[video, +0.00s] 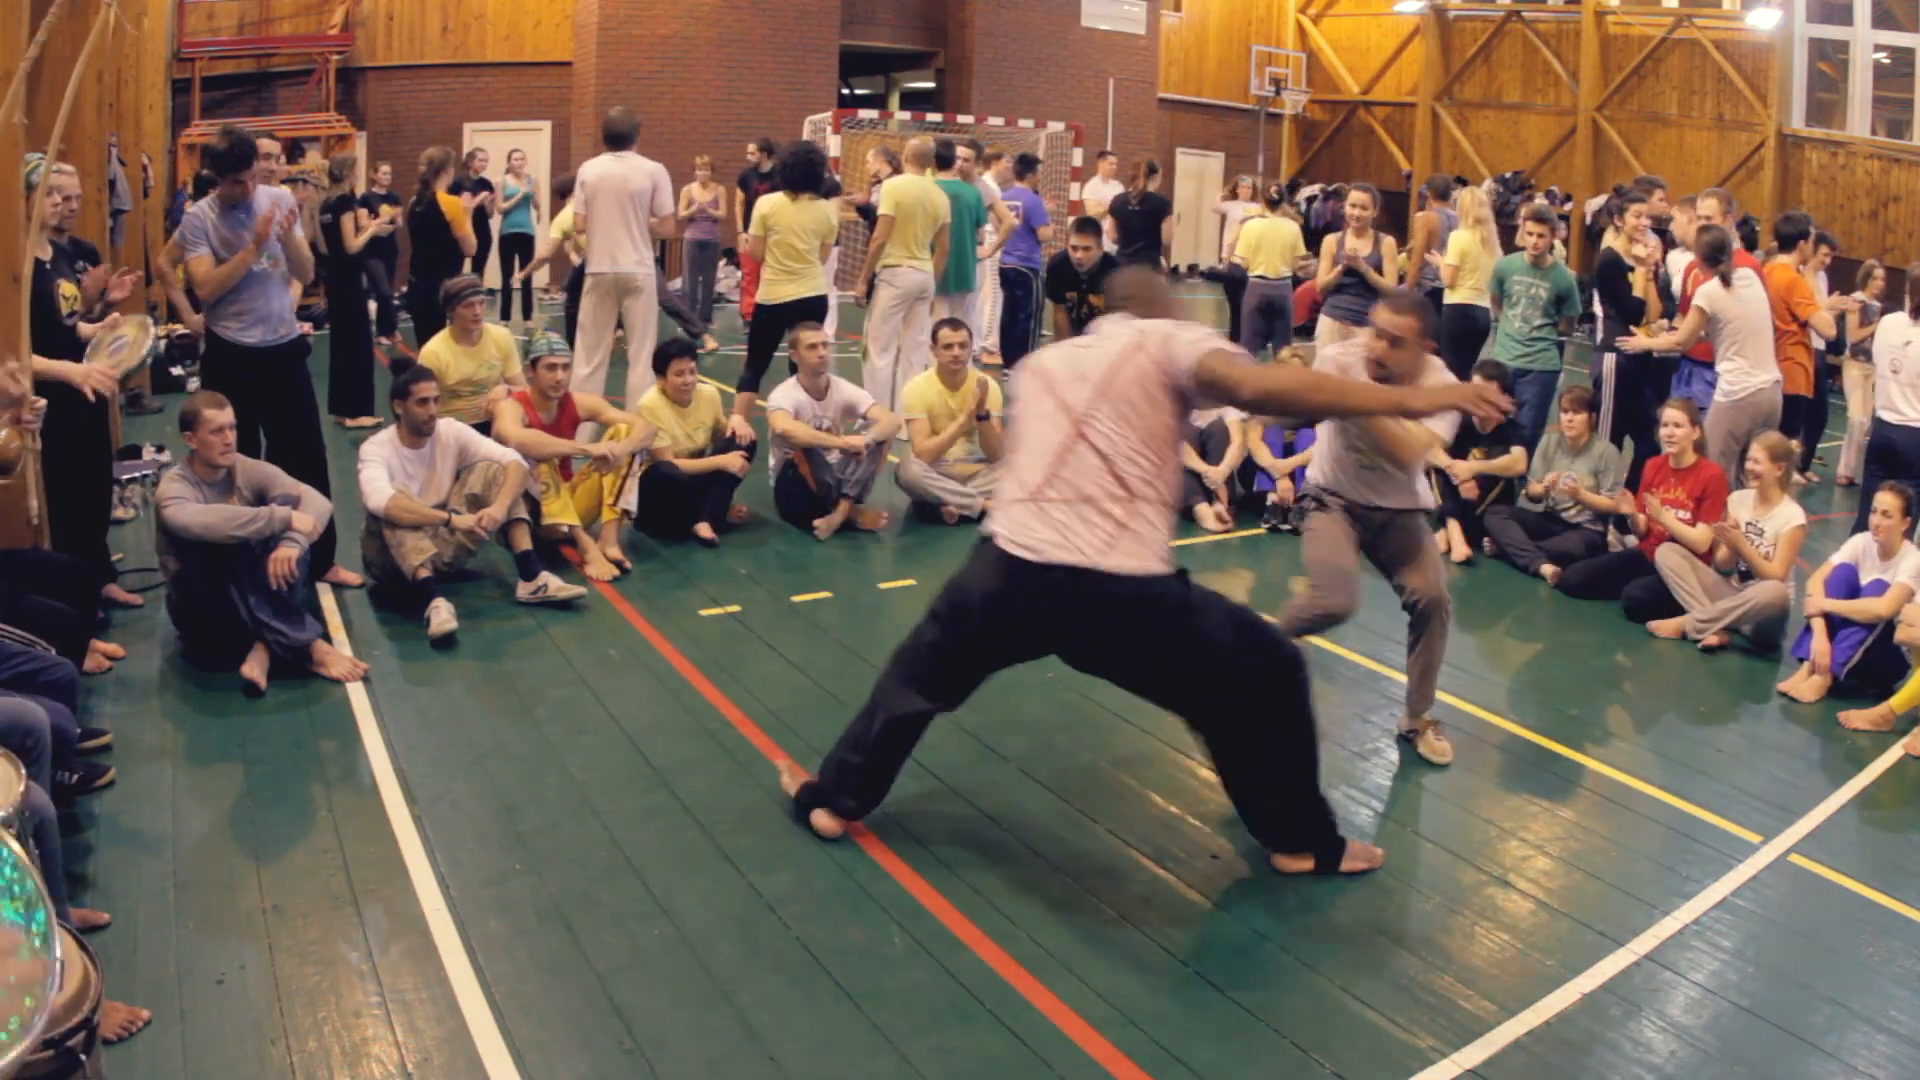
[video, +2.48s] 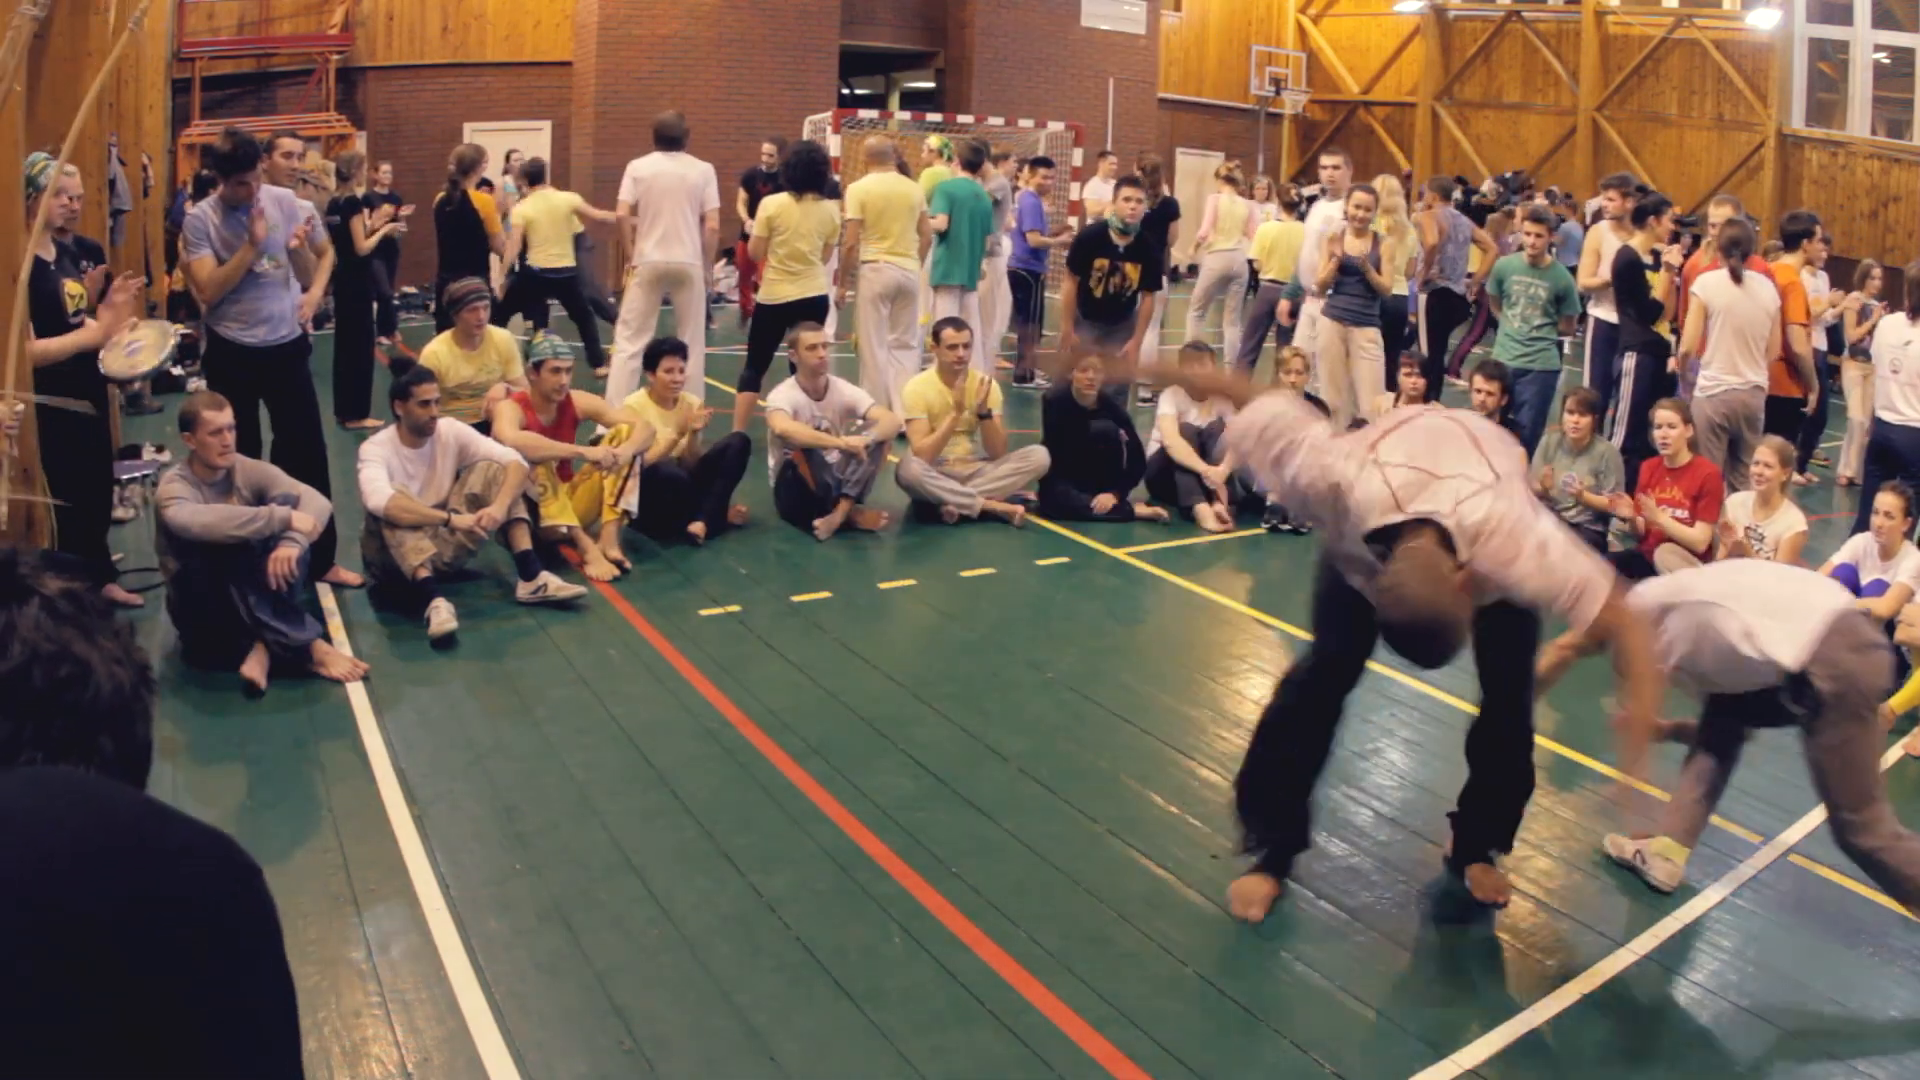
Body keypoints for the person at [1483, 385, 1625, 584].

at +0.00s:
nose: (1569, 418)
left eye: (1576, 413)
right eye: (1565, 412)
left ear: (1591, 417)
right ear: (1559, 415)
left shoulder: (1607, 452)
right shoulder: (1549, 442)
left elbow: (1614, 505)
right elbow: (1531, 491)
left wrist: (1579, 494)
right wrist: (1544, 487)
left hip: (1584, 529)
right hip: (1546, 519)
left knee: (1576, 547)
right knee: (1495, 514)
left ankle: (1508, 550)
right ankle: (1539, 565)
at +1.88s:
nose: (1570, 420)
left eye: (1578, 414)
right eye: (1566, 412)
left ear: (1592, 420)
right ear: (1559, 415)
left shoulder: (1606, 451)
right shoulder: (1550, 441)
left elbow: (1617, 505)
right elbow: (1533, 497)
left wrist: (1589, 499)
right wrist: (1536, 484)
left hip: (1585, 529)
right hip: (1549, 518)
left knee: (1574, 548)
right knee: (1497, 512)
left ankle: (1510, 553)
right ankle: (1539, 565)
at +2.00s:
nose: (1572, 419)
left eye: (1580, 414)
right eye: (1567, 412)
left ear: (1593, 419)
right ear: (1560, 415)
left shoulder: (1607, 452)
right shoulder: (1549, 441)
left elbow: (1609, 505)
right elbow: (1534, 489)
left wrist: (1574, 490)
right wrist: (1553, 491)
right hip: (1551, 516)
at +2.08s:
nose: (1572, 419)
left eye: (1580, 414)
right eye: (1568, 412)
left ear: (1594, 419)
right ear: (1561, 414)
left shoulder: (1607, 452)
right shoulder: (1549, 441)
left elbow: (1613, 504)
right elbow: (1533, 483)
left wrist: (1581, 493)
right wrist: (1557, 483)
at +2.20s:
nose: (1572, 420)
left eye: (1580, 414)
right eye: (1568, 412)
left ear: (1594, 420)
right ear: (1561, 414)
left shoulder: (1607, 452)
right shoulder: (1550, 440)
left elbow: (1615, 504)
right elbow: (1532, 494)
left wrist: (1586, 497)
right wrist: (1541, 487)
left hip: (1583, 522)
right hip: (1546, 514)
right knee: (1494, 513)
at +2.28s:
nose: (1574, 420)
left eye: (1581, 414)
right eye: (1569, 413)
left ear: (1594, 419)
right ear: (1562, 415)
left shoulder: (1607, 452)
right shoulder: (1549, 442)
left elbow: (1610, 505)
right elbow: (1532, 489)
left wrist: (1576, 492)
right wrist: (1554, 489)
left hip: (1586, 525)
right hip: (1548, 517)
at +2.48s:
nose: (1575, 420)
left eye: (1582, 415)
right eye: (1570, 413)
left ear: (1594, 419)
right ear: (1562, 416)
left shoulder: (1608, 453)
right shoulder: (1549, 441)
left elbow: (1615, 504)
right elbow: (1531, 486)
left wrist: (1583, 496)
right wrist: (1542, 485)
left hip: (1586, 527)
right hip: (1546, 519)